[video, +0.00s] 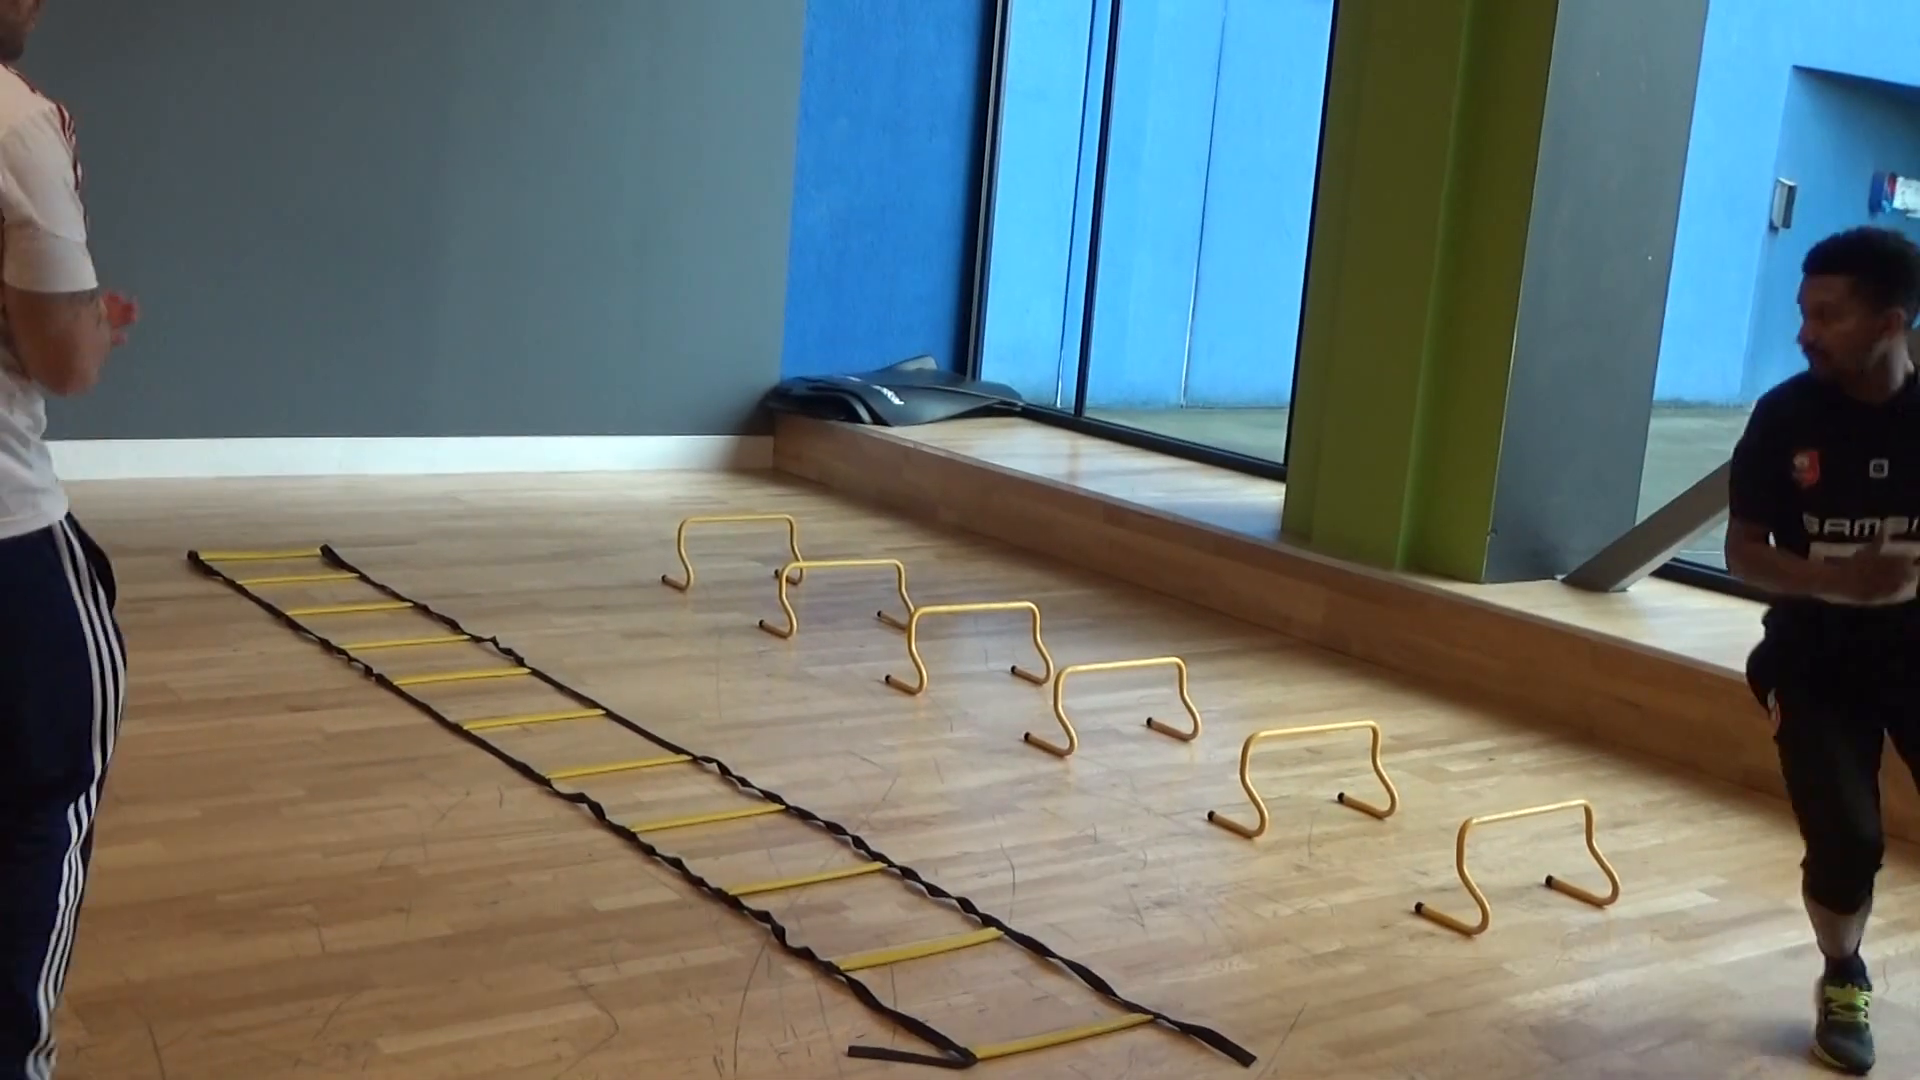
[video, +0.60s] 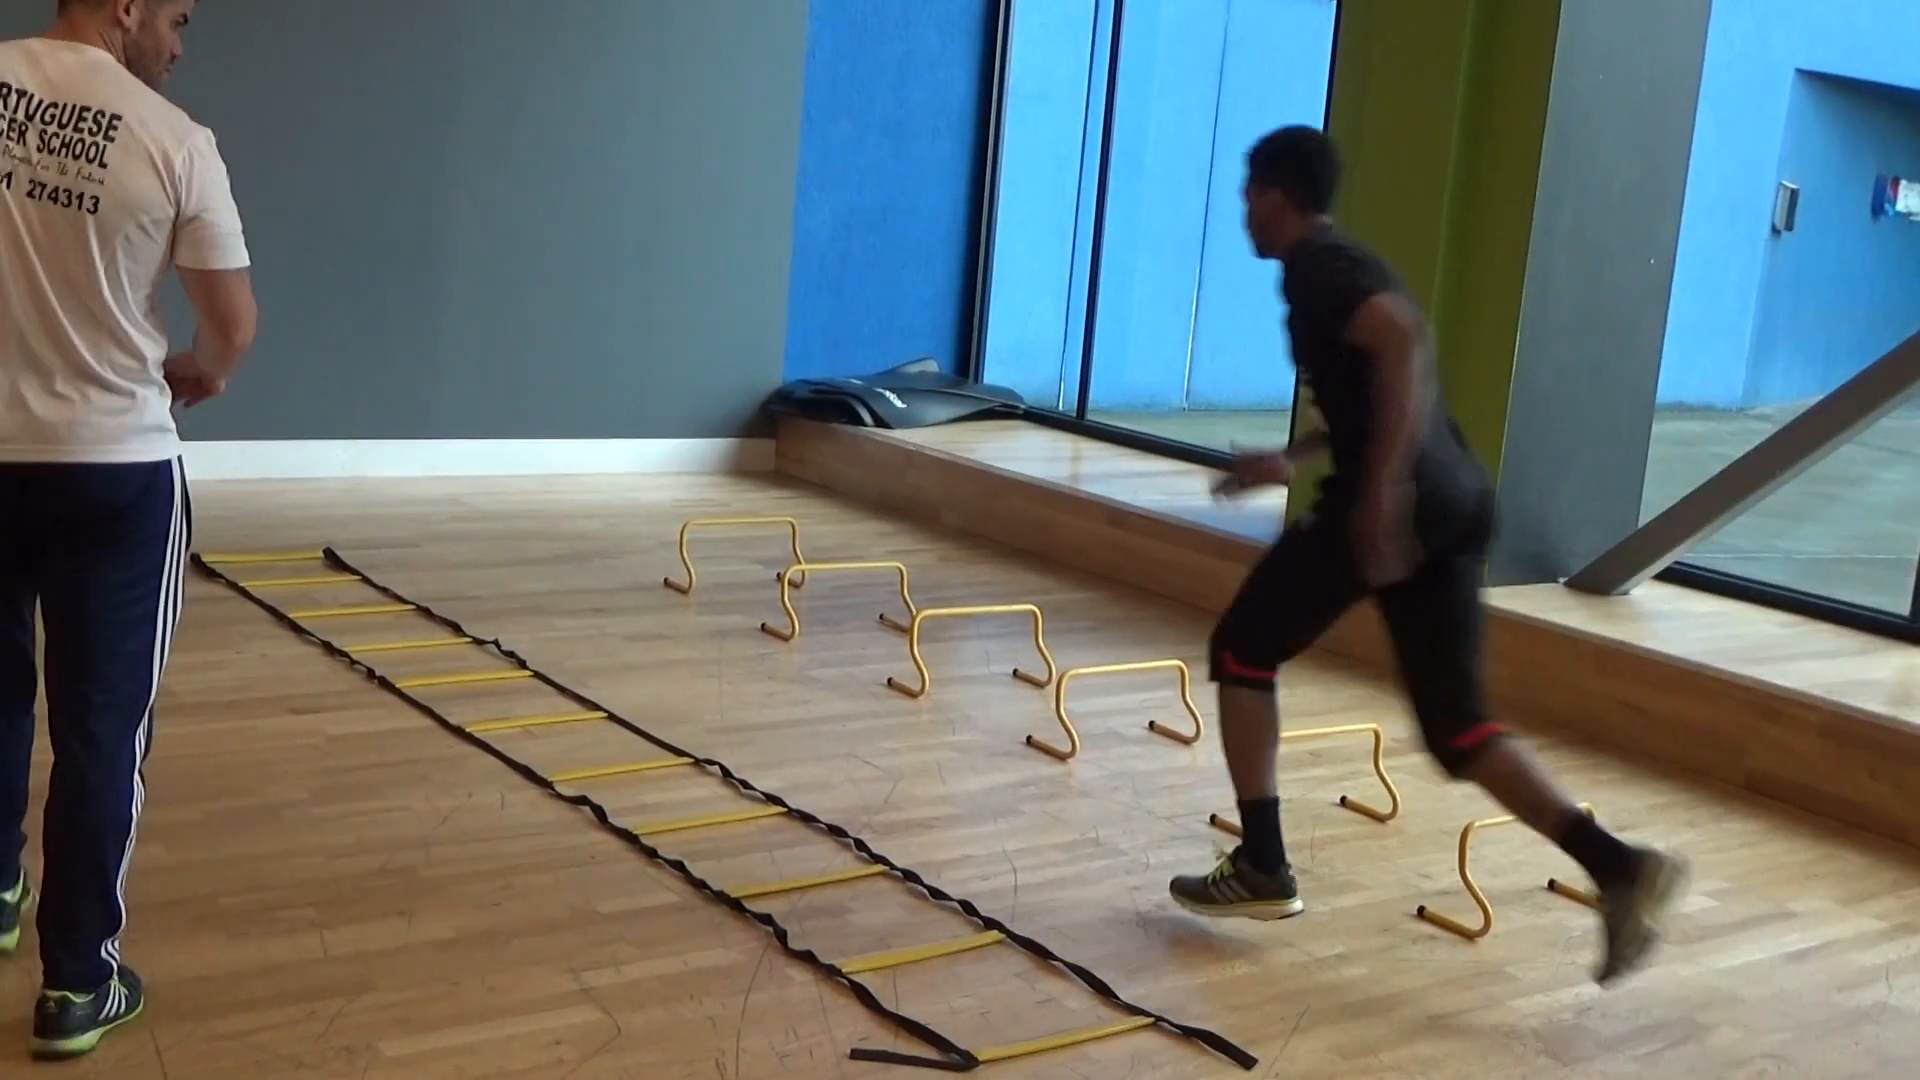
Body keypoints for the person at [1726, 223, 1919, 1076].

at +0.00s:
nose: (1805, 330)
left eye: (1826, 314)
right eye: (1803, 311)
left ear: (1892, 321)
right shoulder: (1785, 414)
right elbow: (1743, 552)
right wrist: (1837, 573)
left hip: (1913, 649)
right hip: (1818, 651)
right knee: (1844, 840)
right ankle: (1844, 978)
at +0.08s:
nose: (1765, 350)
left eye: (1782, 333)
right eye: (1767, 332)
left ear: (1846, 340)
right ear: (1825, 341)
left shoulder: (1916, 427)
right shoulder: (1767, 439)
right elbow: (1753, 557)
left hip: (1915, 674)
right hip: (1822, 676)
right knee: (1784, 852)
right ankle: (1868, 966)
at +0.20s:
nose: (1658, 321)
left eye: (1674, 304)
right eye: (1662, 301)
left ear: (1727, 314)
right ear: (1713, 315)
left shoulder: (1823, 398)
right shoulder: (1696, 406)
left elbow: (1892, 548)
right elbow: (1744, 509)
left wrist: (1745, 499)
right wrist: (1726, 593)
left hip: (1880, 659)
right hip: (1785, 652)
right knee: (1663, 792)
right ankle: (1804, 987)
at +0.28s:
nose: (1569, 292)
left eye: (1580, 273)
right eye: (1573, 273)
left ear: (1627, 280)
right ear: (1629, 281)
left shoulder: (1722, 364)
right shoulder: (1634, 381)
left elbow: (1796, 507)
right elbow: (1725, 515)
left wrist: (1641, 543)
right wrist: (1682, 611)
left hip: (1816, 630)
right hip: (1723, 625)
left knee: (1894, 855)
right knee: (1626, 802)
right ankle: (1771, 1001)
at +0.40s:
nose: (1455, 291)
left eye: (1464, 275)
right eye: (1459, 273)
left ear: (1500, 282)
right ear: (1515, 284)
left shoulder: (1569, 357)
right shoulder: (1539, 375)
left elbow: (1693, 427)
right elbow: (1552, 521)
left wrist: (1697, 580)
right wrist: (1446, 535)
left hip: (1674, 598)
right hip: (1679, 598)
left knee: (1559, 787)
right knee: (1624, 832)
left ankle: (1782, 869)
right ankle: (1780, 1015)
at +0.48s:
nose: (1381, 268)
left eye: (1390, 251)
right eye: (1386, 251)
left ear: (1421, 259)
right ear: (1446, 260)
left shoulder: (1472, 319)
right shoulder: (1466, 343)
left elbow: (1597, 325)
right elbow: (1437, 459)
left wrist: (1647, 464)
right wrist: (1334, 419)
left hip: (1557, 563)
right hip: (1616, 566)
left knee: (1382, 680)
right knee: (1629, 803)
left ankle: (1487, 861)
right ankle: (1774, 1002)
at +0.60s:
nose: (1246, 207)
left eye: (1254, 193)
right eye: (1249, 192)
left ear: (1282, 199)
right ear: (1310, 197)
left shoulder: (1321, 266)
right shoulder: (1326, 272)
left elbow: (1401, 339)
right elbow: (1367, 417)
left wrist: (1382, 497)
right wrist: (1282, 462)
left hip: (1380, 502)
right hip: (1443, 503)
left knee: (1242, 648)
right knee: (1457, 728)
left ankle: (1262, 864)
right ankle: (1616, 867)